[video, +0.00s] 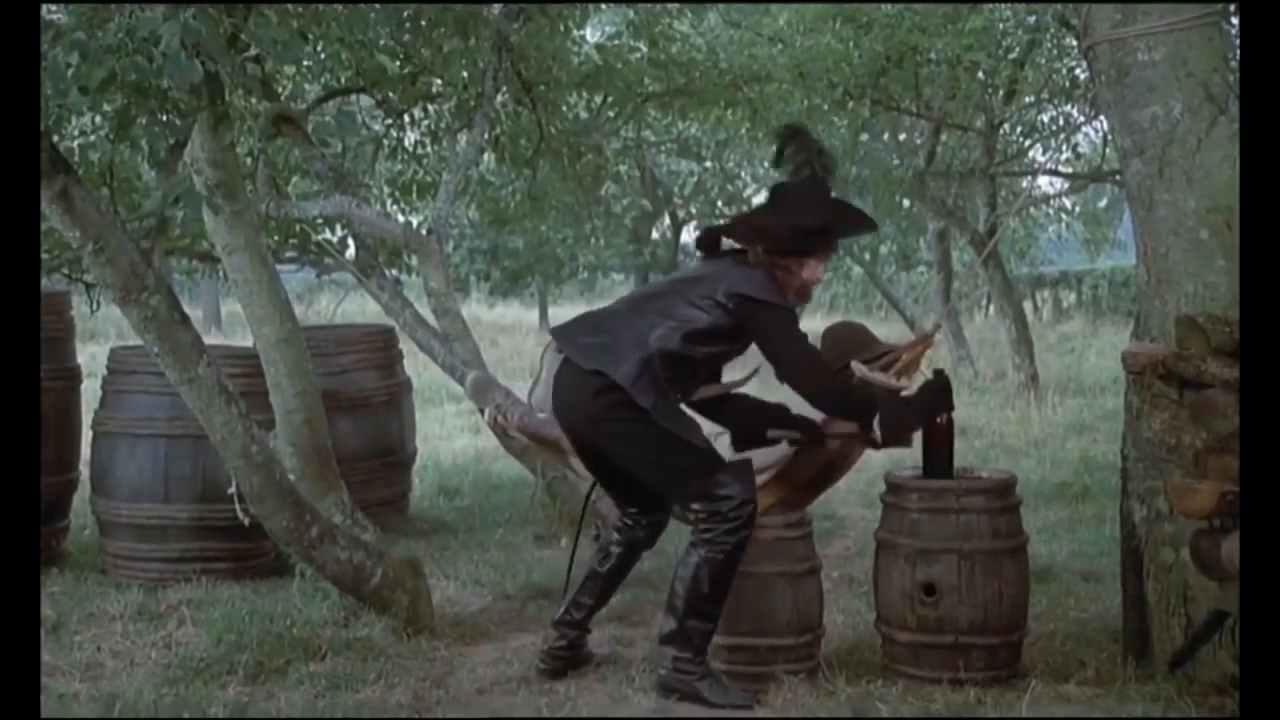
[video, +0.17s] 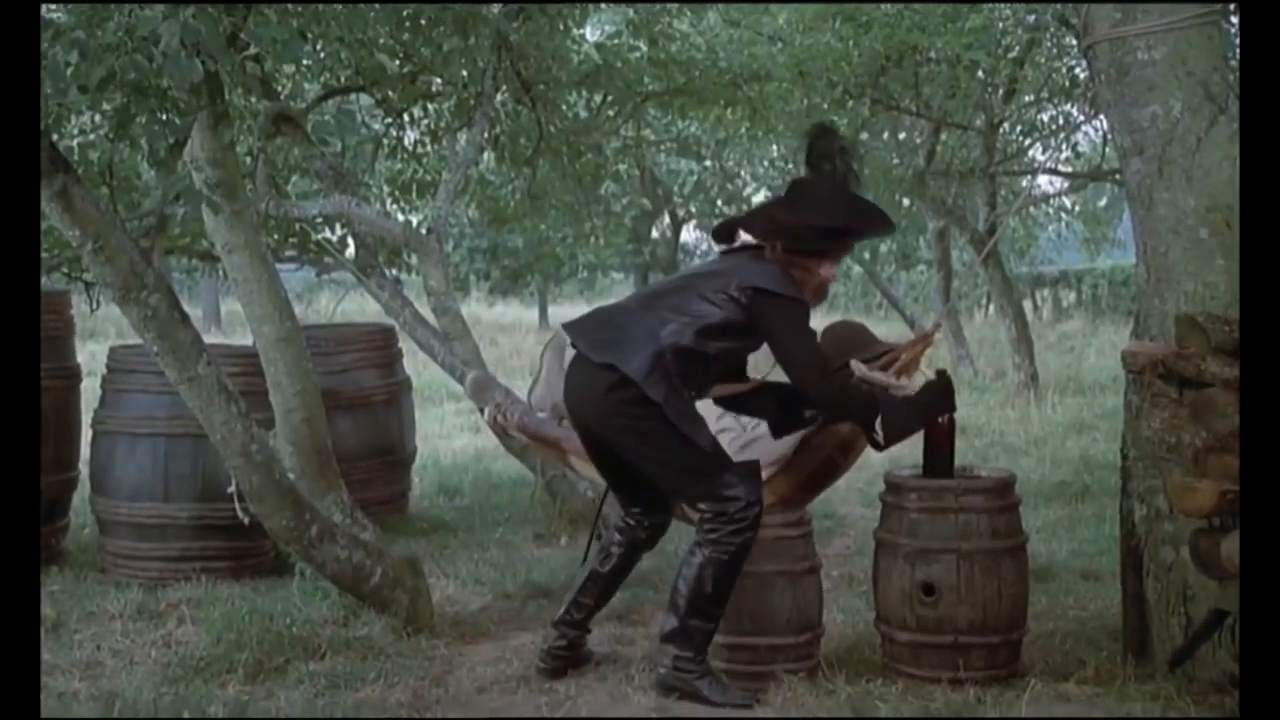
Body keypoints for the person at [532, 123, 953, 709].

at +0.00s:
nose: (821, 275)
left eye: (825, 262)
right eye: (817, 261)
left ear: (764, 248)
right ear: (783, 255)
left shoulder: (714, 278)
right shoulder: (754, 288)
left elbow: (707, 394)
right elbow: (823, 384)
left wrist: (807, 427)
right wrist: (902, 405)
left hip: (574, 382)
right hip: (608, 391)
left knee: (644, 511)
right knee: (728, 499)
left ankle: (564, 641)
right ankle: (686, 666)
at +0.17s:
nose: (835, 278)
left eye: (839, 265)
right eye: (833, 264)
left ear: (779, 248)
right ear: (800, 257)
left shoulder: (730, 272)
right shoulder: (771, 286)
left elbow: (730, 392)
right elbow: (824, 383)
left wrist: (834, 395)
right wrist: (893, 404)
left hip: (587, 379)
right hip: (626, 390)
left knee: (644, 509)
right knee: (734, 500)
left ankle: (564, 639)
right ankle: (686, 665)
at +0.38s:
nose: (837, 278)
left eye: (841, 265)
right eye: (835, 264)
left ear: (780, 250)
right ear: (801, 258)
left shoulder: (733, 273)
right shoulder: (772, 286)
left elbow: (754, 391)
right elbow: (827, 384)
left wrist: (845, 397)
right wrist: (902, 401)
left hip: (588, 380)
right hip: (629, 390)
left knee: (644, 511)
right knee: (736, 502)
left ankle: (564, 638)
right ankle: (685, 664)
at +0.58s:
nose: (839, 288)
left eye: (843, 276)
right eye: (839, 274)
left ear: (785, 255)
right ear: (809, 265)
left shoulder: (740, 280)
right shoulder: (773, 293)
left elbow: (774, 395)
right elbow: (820, 384)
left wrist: (856, 428)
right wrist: (885, 408)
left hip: (589, 381)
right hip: (628, 390)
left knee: (646, 512)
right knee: (735, 502)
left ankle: (565, 639)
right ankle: (684, 662)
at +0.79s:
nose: (839, 281)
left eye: (844, 268)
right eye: (837, 267)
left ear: (783, 243)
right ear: (804, 254)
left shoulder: (742, 270)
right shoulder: (767, 284)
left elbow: (787, 388)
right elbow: (821, 387)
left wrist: (862, 419)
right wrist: (910, 404)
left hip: (592, 376)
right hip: (626, 386)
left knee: (657, 505)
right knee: (734, 497)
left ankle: (569, 632)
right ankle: (683, 661)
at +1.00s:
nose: (830, 276)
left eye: (834, 264)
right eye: (828, 262)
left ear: (777, 236)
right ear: (796, 251)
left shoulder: (738, 258)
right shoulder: (756, 276)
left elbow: (767, 374)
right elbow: (799, 380)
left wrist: (841, 408)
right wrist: (879, 402)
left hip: (595, 361)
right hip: (616, 372)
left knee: (689, 481)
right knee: (718, 487)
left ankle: (618, 608)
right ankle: (685, 658)